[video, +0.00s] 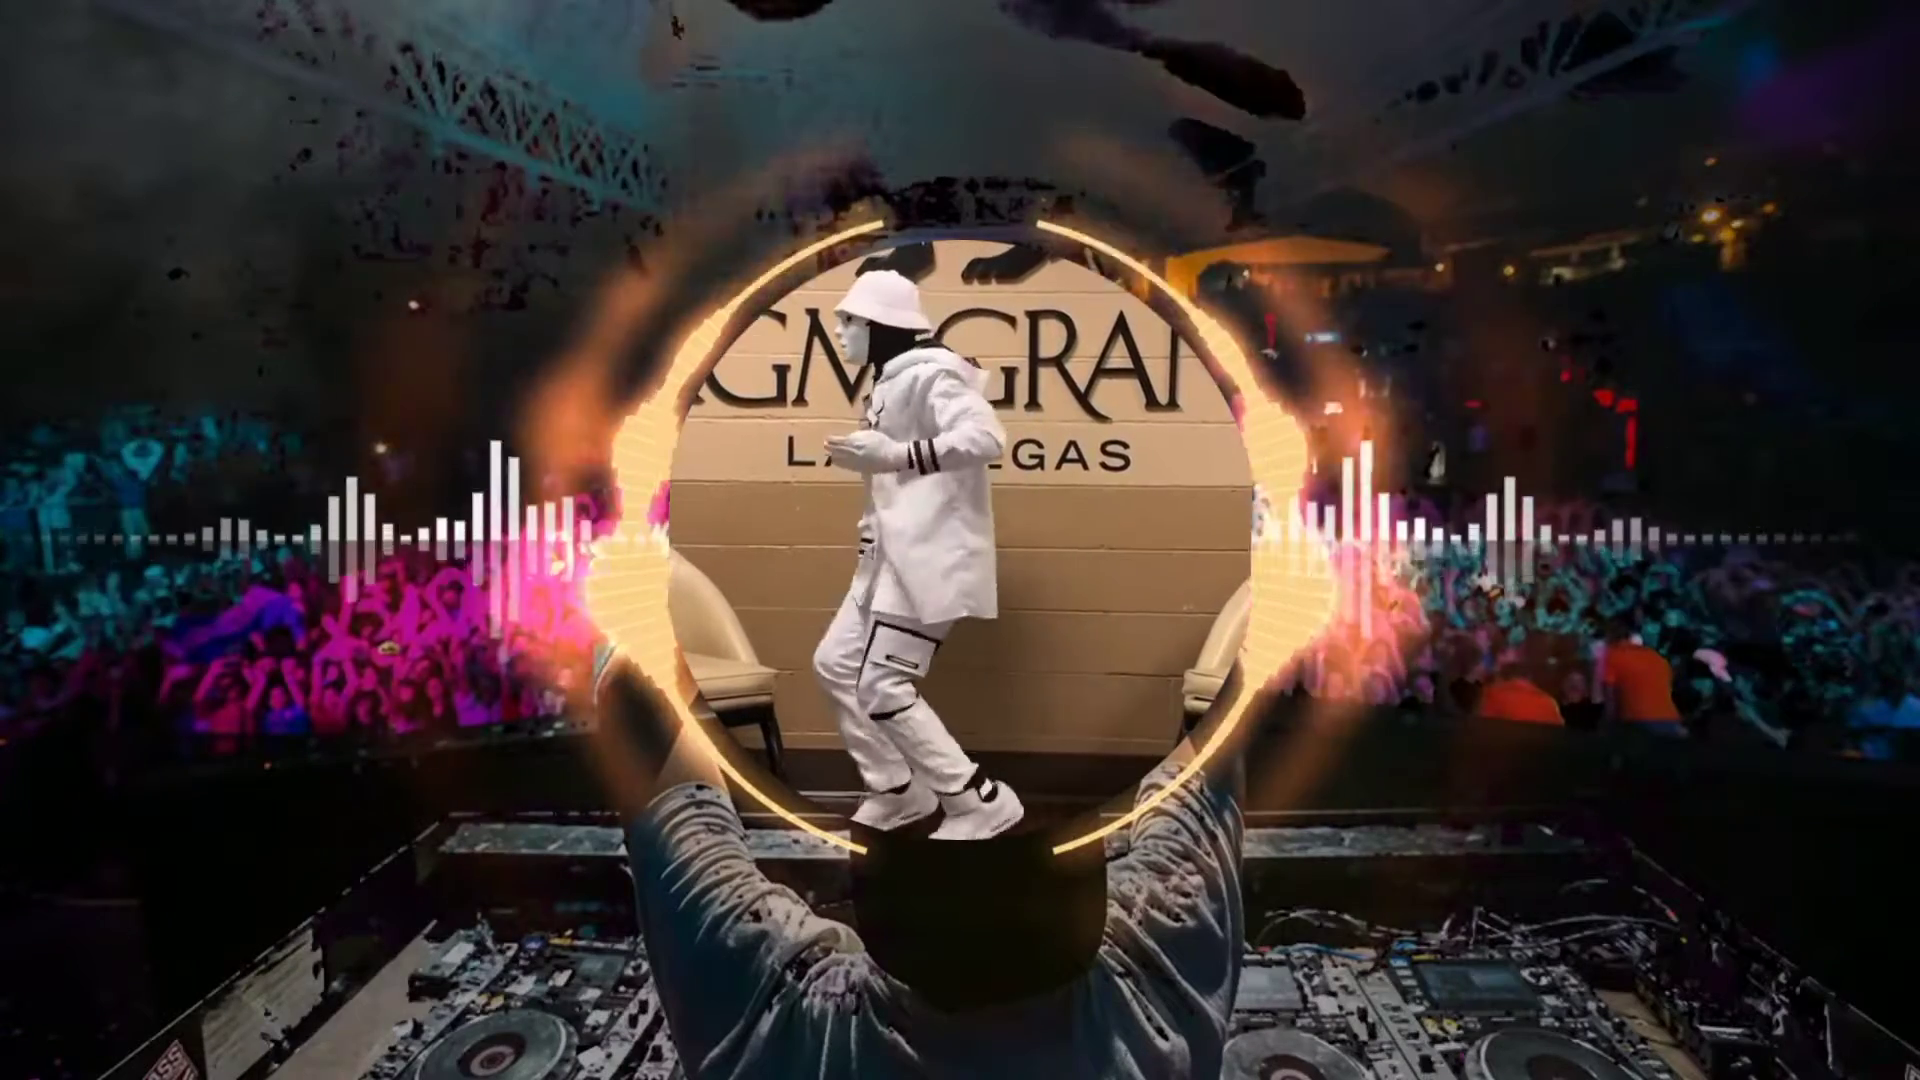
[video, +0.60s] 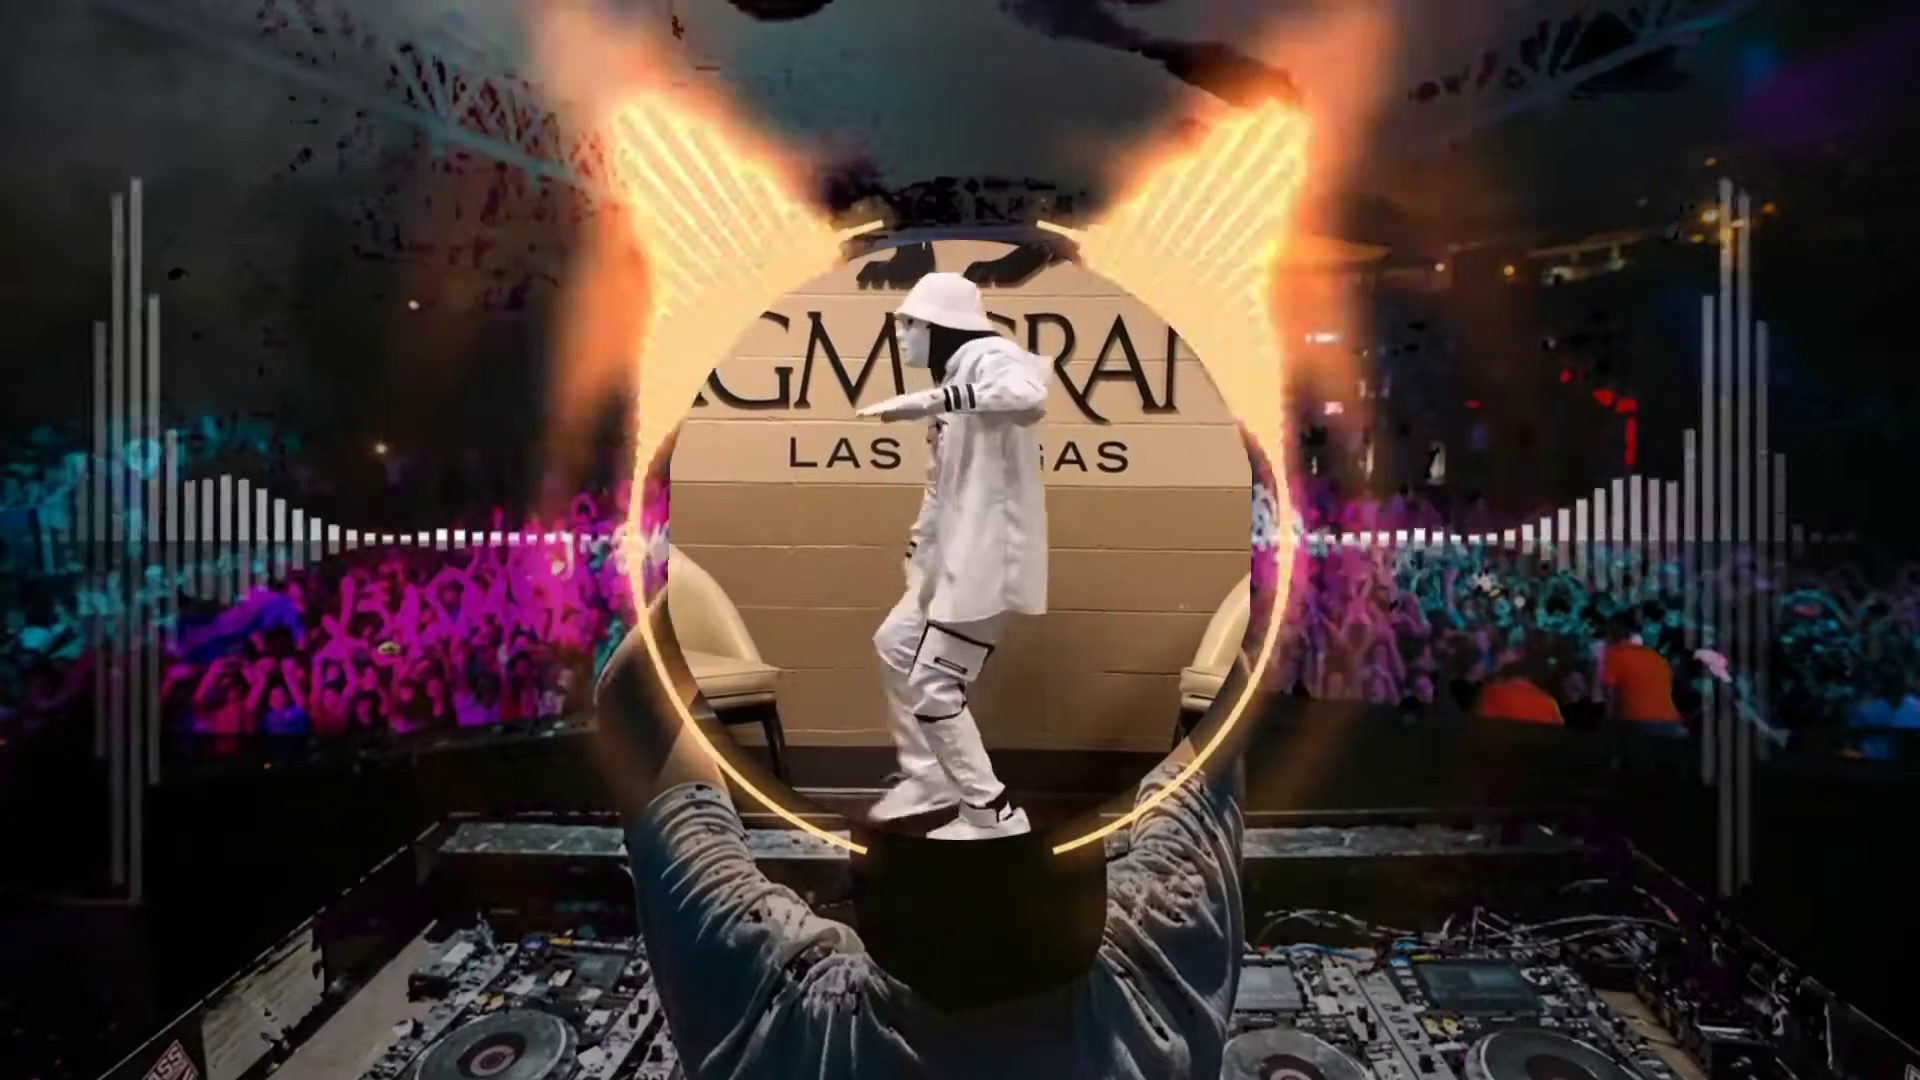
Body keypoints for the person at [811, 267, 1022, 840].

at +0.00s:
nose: (841, 332)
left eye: (850, 321)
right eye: (843, 320)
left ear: (881, 325)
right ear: (885, 326)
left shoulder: (932, 371)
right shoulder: (890, 382)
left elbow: (984, 437)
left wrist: (897, 455)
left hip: (931, 565)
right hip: (888, 562)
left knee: (884, 687)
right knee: (838, 665)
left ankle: (978, 800)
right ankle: (898, 791)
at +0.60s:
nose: (905, 337)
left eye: (913, 326)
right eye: (906, 326)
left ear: (940, 327)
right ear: (946, 326)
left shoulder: (988, 355)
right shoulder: (957, 375)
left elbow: (1027, 394)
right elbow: (950, 485)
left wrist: (941, 400)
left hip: (987, 563)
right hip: (956, 561)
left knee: (931, 688)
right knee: (895, 645)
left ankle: (990, 811)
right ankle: (929, 781)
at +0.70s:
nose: (919, 338)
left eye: (926, 327)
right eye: (920, 327)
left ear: (955, 328)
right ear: (960, 326)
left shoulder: (1002, 355)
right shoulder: (977, 383)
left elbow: (1043, 396)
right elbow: (971, 491)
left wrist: (953, 402)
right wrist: (927, 537)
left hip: (1007, 565)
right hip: (985, 563)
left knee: (945, 687)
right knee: (931, 658)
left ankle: (988, 810)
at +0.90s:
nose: (943, 339)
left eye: (952, 328)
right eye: (946, 327)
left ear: (982, 329)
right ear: (992, 329)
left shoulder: (1023, 360)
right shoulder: (1013, 374)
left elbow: (1053, 410)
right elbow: (1029, 477)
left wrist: (974, 417)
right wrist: (975, 502)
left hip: (1025, 573)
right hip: (1052, 571)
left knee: (964, 687)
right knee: (1021, 698)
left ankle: (988, 813)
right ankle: (1097, 809)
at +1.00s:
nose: (950, 336)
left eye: (959, 325)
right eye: (952, 325)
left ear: (989, 326)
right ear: (996, 327)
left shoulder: (1030, 358)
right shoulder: (1009, 385)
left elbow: (1066, 404)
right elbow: (1002, 510)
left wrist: (997, 430)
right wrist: (968, 475)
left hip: (1031, 574)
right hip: (1046, 573)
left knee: (967, 689)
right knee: (1024, 697)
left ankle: (989, 814)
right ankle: (1096, 806)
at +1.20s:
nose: (958, 338)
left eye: (967, 328)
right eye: (960, 327)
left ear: (1000, 331)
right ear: (1008, 331)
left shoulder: (1050, 386)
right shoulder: (1025, 387)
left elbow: (1112, 459)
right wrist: (1011, 508)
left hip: (1039, 580)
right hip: (1047, 580)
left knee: (963, 692)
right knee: (1017, 699)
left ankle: (988, 814)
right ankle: (1092, 803)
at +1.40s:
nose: (970, 342)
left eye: (980, 333)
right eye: (973, 332)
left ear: (1014, 339)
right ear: (1021, 340)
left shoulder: (1067, 395)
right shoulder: (1039, 394)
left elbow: (1114, 487)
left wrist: (1040, 509)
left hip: (1073, 574)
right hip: (1083, 576)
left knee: (970, 671)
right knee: (1040, 707)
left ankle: (1006, 816)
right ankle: (1112, 819)